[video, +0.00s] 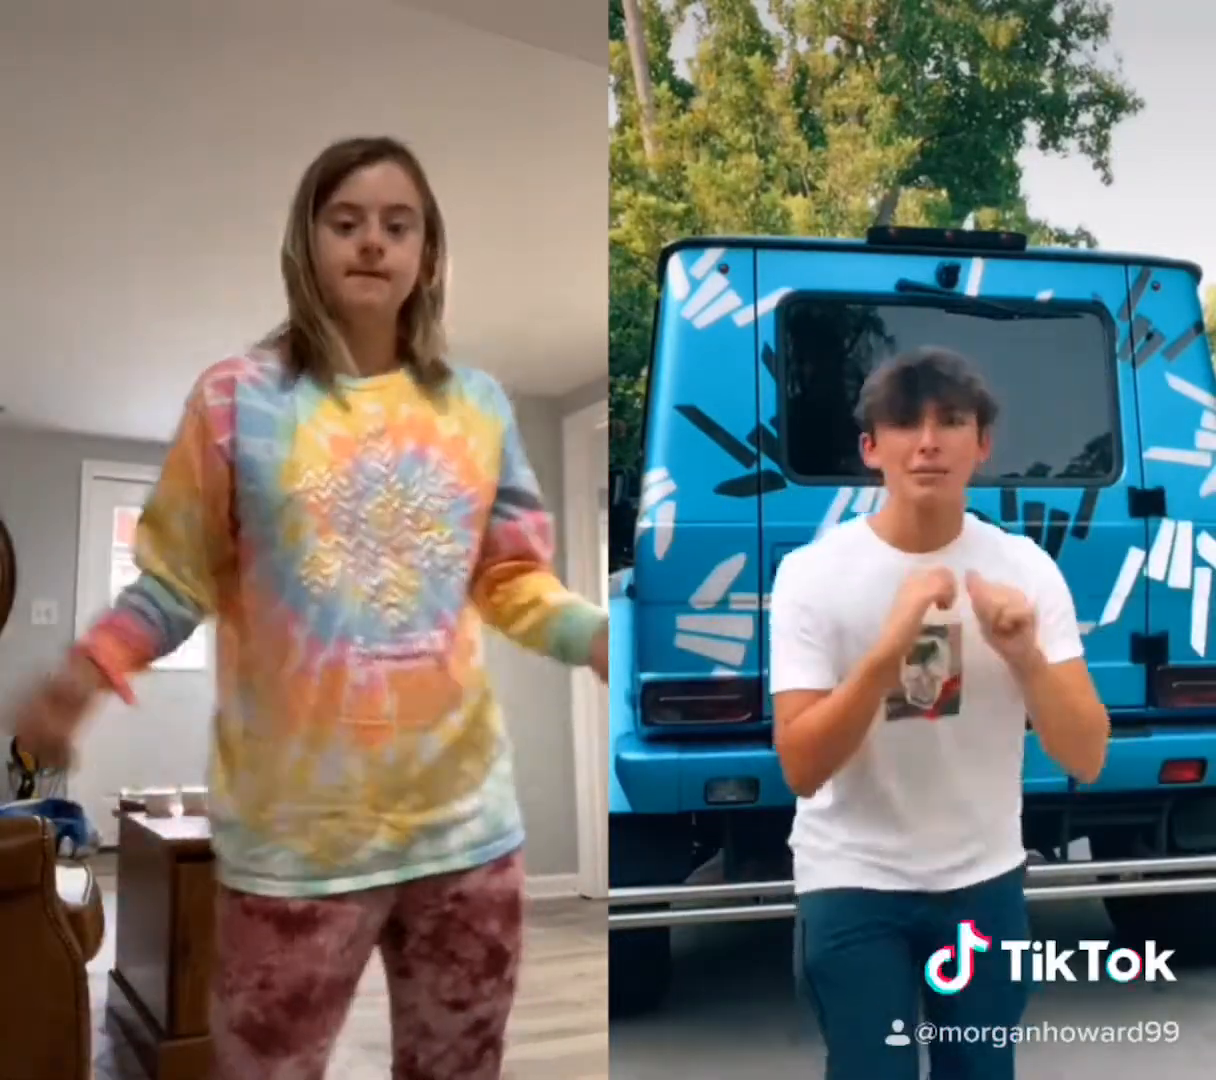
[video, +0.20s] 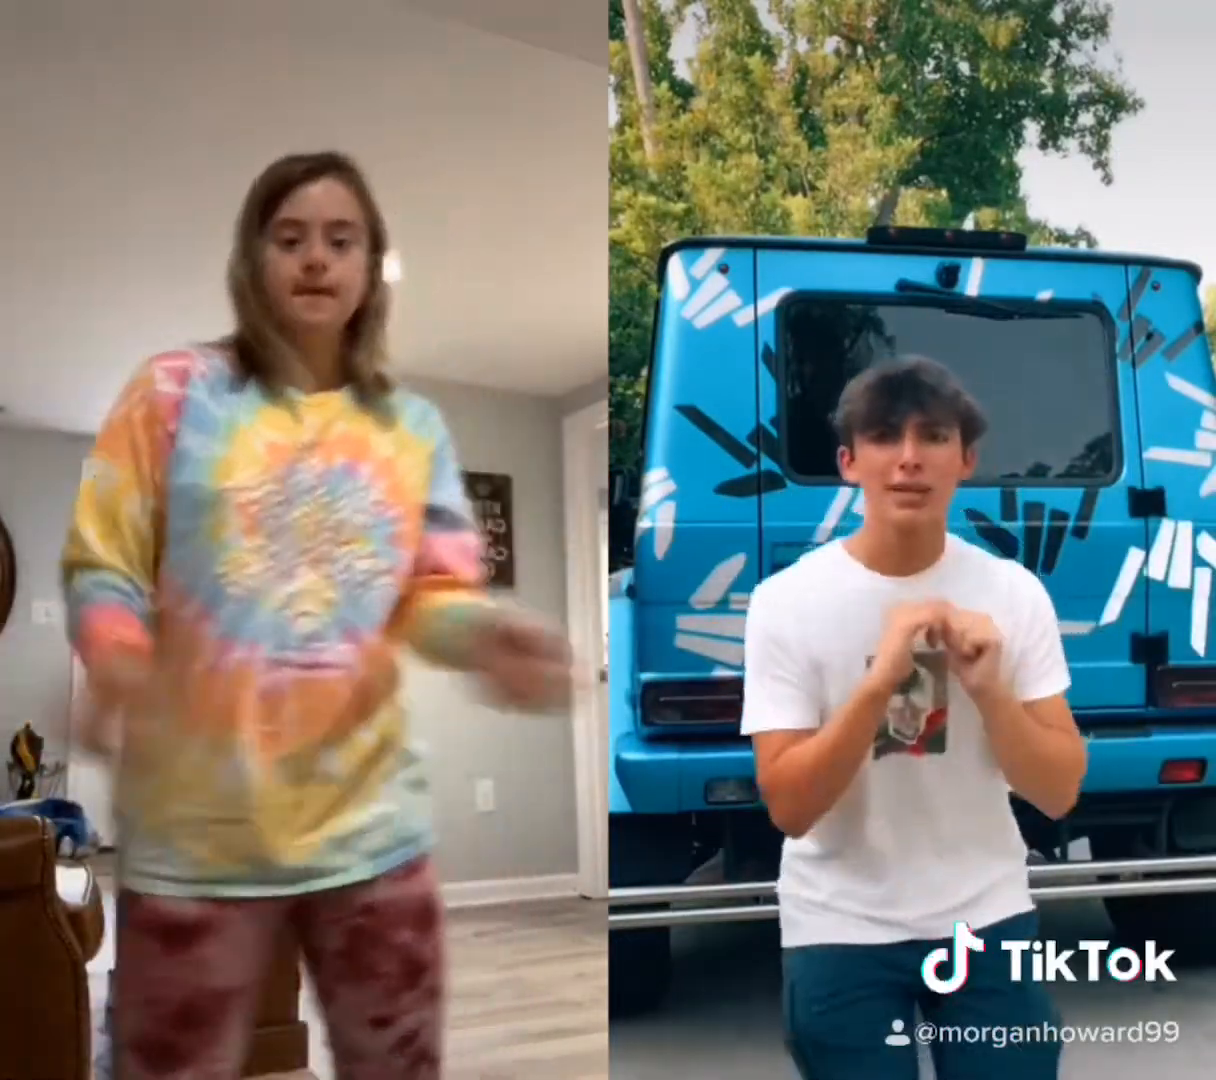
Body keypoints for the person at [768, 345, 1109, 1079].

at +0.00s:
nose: (928, 442)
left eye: (949, 422)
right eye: (907, 424)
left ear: (981, 446)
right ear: (872, 448)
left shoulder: (1025, 568)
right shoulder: (812, 575)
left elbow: (1086, 757)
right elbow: (802, 768)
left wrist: (1025, 655)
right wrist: (888, 652)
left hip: (985, 878)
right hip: (854, 883)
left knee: (982, 1068)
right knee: (876, 1067)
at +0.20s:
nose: (910, 457)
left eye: (933, 436)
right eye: (886, 436)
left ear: (965, 462)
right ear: (849, 463)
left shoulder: (1013, 593)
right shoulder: (786, 604)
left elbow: (1058, 791)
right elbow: (788, 806)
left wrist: (991, 692)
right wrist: (878, 685)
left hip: (990, 916)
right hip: (841, 925)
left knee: (1019, 1067)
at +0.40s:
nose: (890, 388)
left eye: (913, 366)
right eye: (868, 369)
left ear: (953, 387)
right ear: (836, 395)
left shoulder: (1020, 509)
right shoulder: (798, 532)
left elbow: (1056, 688)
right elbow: (798, 748)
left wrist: (932, 545)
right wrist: (783, 576)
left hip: (1010, 890)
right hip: (857, 900)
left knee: (1017, 1065)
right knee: (866, 1064)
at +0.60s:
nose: (875, 431)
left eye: (898, 405)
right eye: (853, 411)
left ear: (941, 428)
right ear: (826, 439)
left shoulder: (1022, 529)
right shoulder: (813, 607)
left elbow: (1073, 683)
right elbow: (864, 812)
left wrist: (889, 641)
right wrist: (761, 757)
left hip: (1062, 920)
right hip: (907, 938)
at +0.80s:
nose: (943, 445)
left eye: (966, 425)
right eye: (920, 428)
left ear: (1004, 456)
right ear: (885, 464)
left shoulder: (1085, 561)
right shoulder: (860, 629)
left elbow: (1141, 746)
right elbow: (880, 835)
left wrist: (976, 657)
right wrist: (805, 703)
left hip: (1120, 932)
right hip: (957, 948)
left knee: (1186, 1061)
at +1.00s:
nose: (1117, 354)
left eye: (1142, 335)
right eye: (1092, 334)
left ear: (1173, 365)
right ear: (1053, 366)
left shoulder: (1203, 490)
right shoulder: (991, 497)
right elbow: (957, 648)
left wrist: (1215, 482)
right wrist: (1047, 480)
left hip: (1194, 872)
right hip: (1034, 881)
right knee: (992, 1066)